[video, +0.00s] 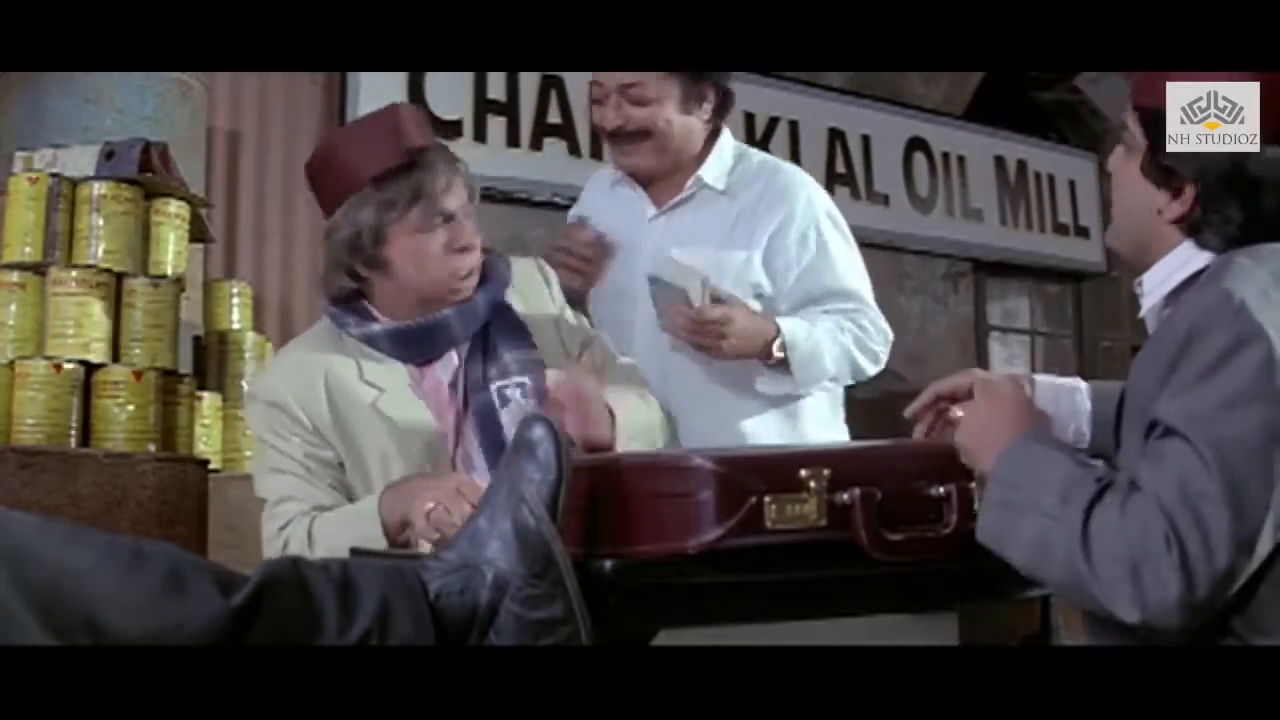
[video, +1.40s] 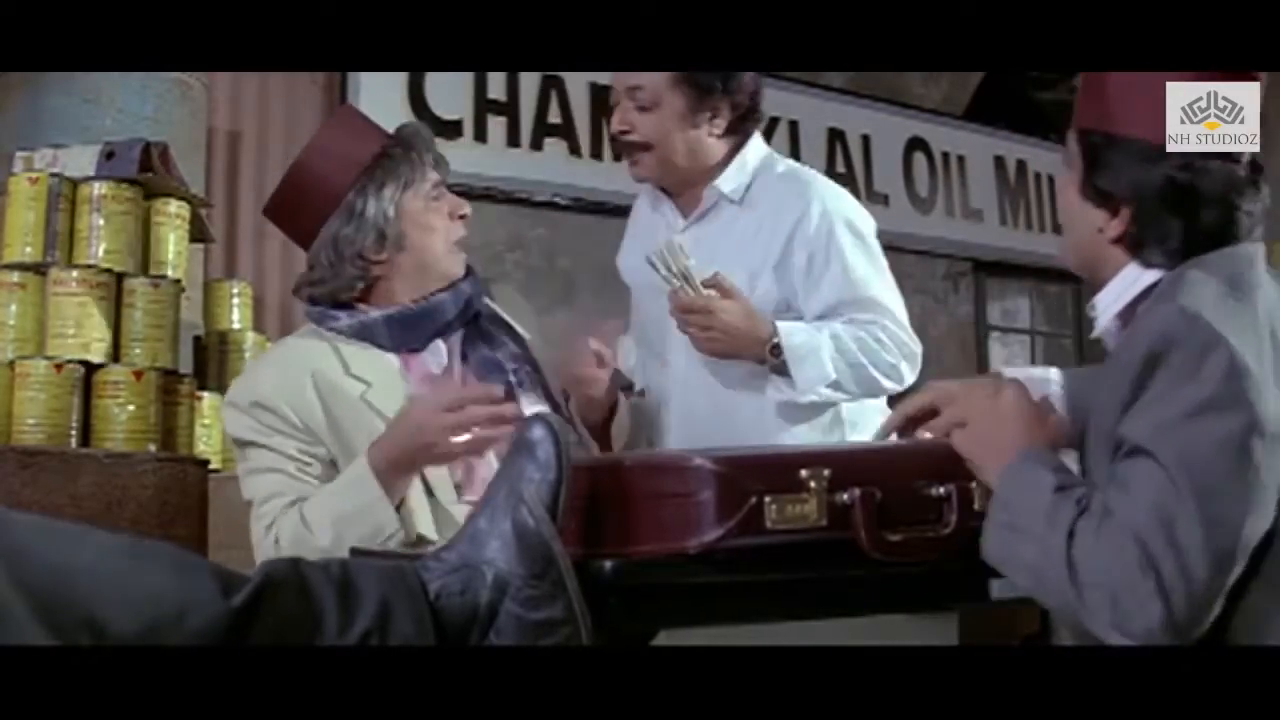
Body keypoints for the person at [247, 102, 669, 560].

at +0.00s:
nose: (471, 237)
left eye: (470, 213)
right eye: (439, 222)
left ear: (478, 209)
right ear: (366, 251)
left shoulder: (532, 301)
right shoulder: (297, 382)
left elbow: (655, 424)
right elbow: (289, 541)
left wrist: (607, 420)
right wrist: (394, 506)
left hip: (561, 597)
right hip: (407, 623)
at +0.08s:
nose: (481, 217)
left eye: (467, 198)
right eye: (447, 207)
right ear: (379, 257)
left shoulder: (532, 302)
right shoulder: (294, 387)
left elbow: (637, 429)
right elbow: (290, 550)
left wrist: (587, 455)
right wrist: (394, 509)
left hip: (561, 603)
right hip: (407, 627)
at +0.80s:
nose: (482, 218)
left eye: (469, 200)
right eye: (449, 210)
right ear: (384, 262)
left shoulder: (526, 330)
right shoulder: (292, 386)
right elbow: (280, 549)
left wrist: (595, 413)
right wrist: (392, 510)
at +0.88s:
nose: (462, 226)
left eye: (459, 204)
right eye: (427, 216)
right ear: (358, 255)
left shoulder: (519, 330)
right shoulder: (285, 381)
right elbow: (276, 549)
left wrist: (592, 414)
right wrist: (395, 509)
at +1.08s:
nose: (402, 245)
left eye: (413, 219)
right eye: (370, 228)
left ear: (433, 224)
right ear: (313, 252)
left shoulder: (504, 328)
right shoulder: (262, 395)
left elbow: (591, 402)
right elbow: (274, 556)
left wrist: (605, 445)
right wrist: (384, 503)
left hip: (534, 606)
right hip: (385, 627)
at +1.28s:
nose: (456, 205)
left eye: (444, 188)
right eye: (428, 194)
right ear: (365, 244)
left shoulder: (506, 325)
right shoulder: (273, 388)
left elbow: (592, 394)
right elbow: (275, 551)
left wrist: (612, 427)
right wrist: (381, 492)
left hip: (536, 617)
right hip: (388, 632)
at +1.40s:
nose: (463, 209)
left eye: (449, 192)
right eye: (434, 195)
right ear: (373, 245)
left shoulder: (495, 328)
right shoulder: (281, 383)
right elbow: (282, 550)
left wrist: (589, 414)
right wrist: (393, 461)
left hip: (529, 622)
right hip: (389, 634)